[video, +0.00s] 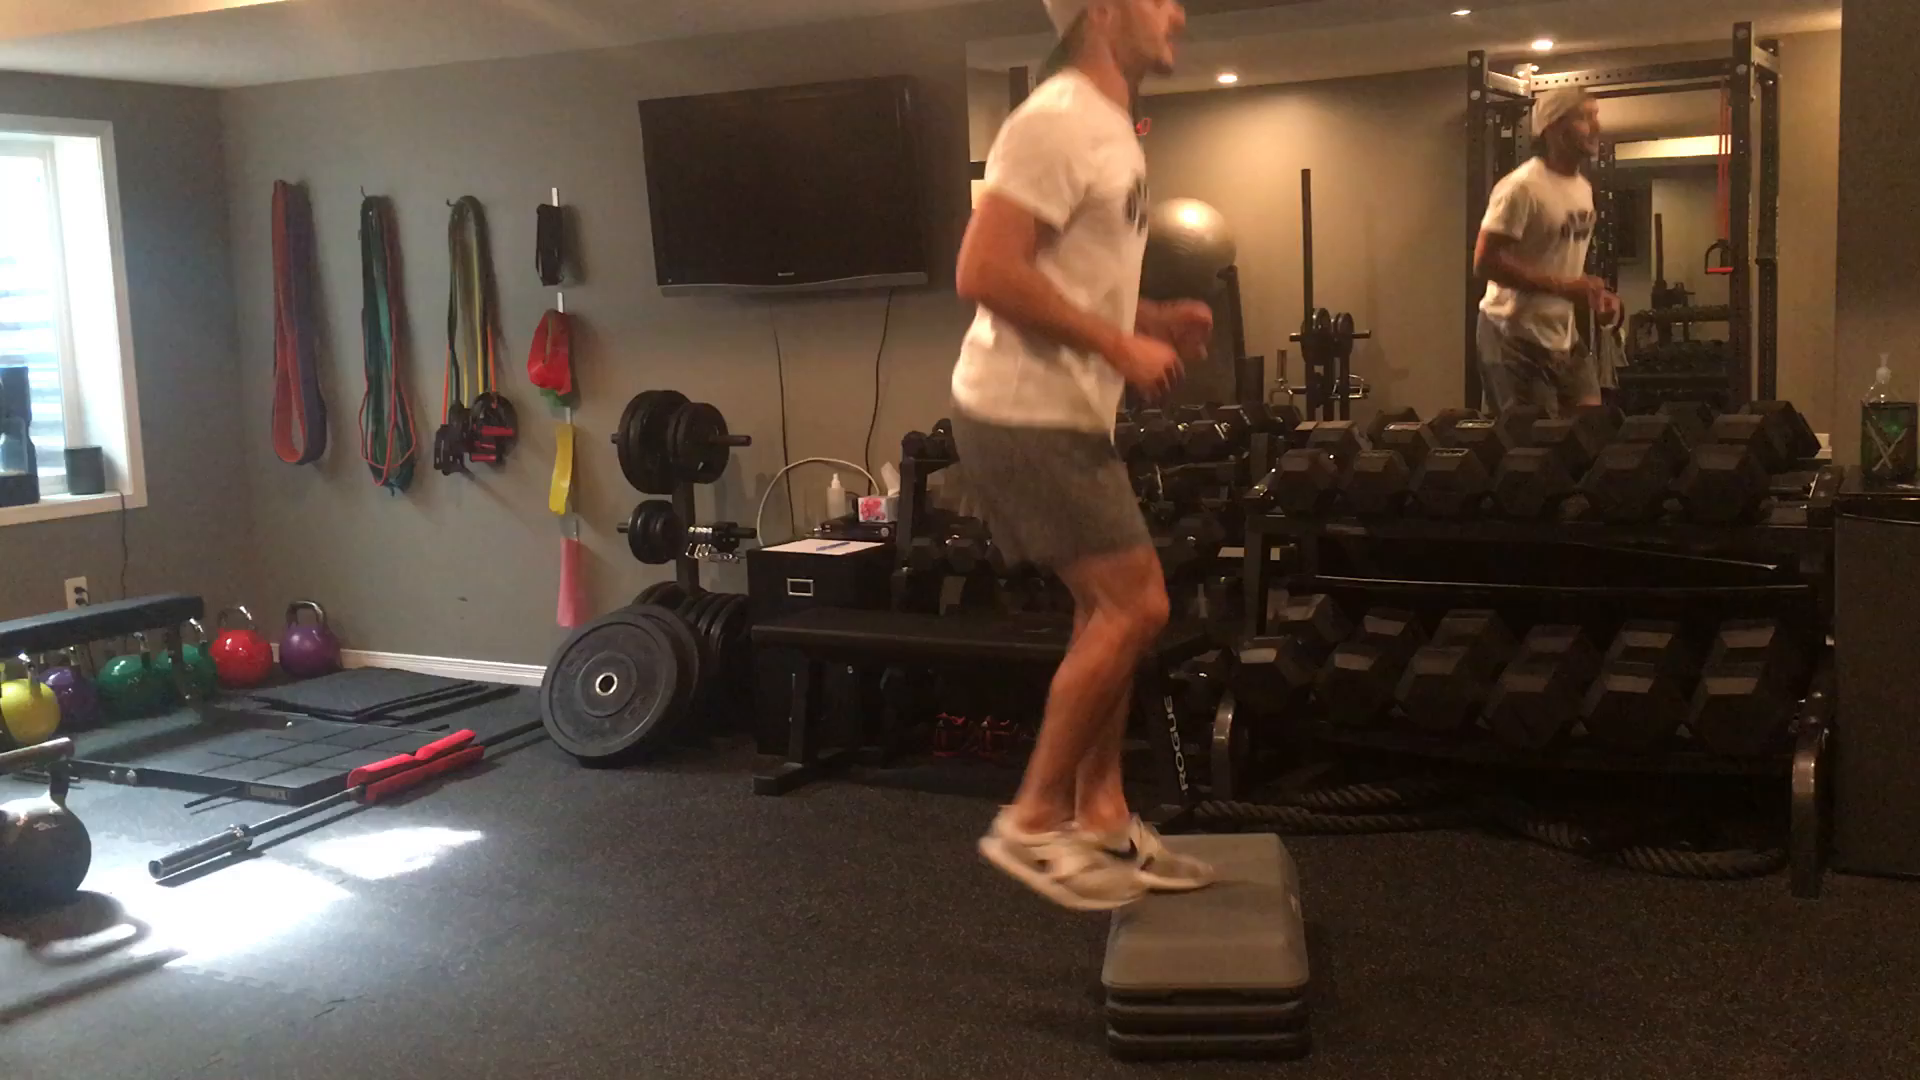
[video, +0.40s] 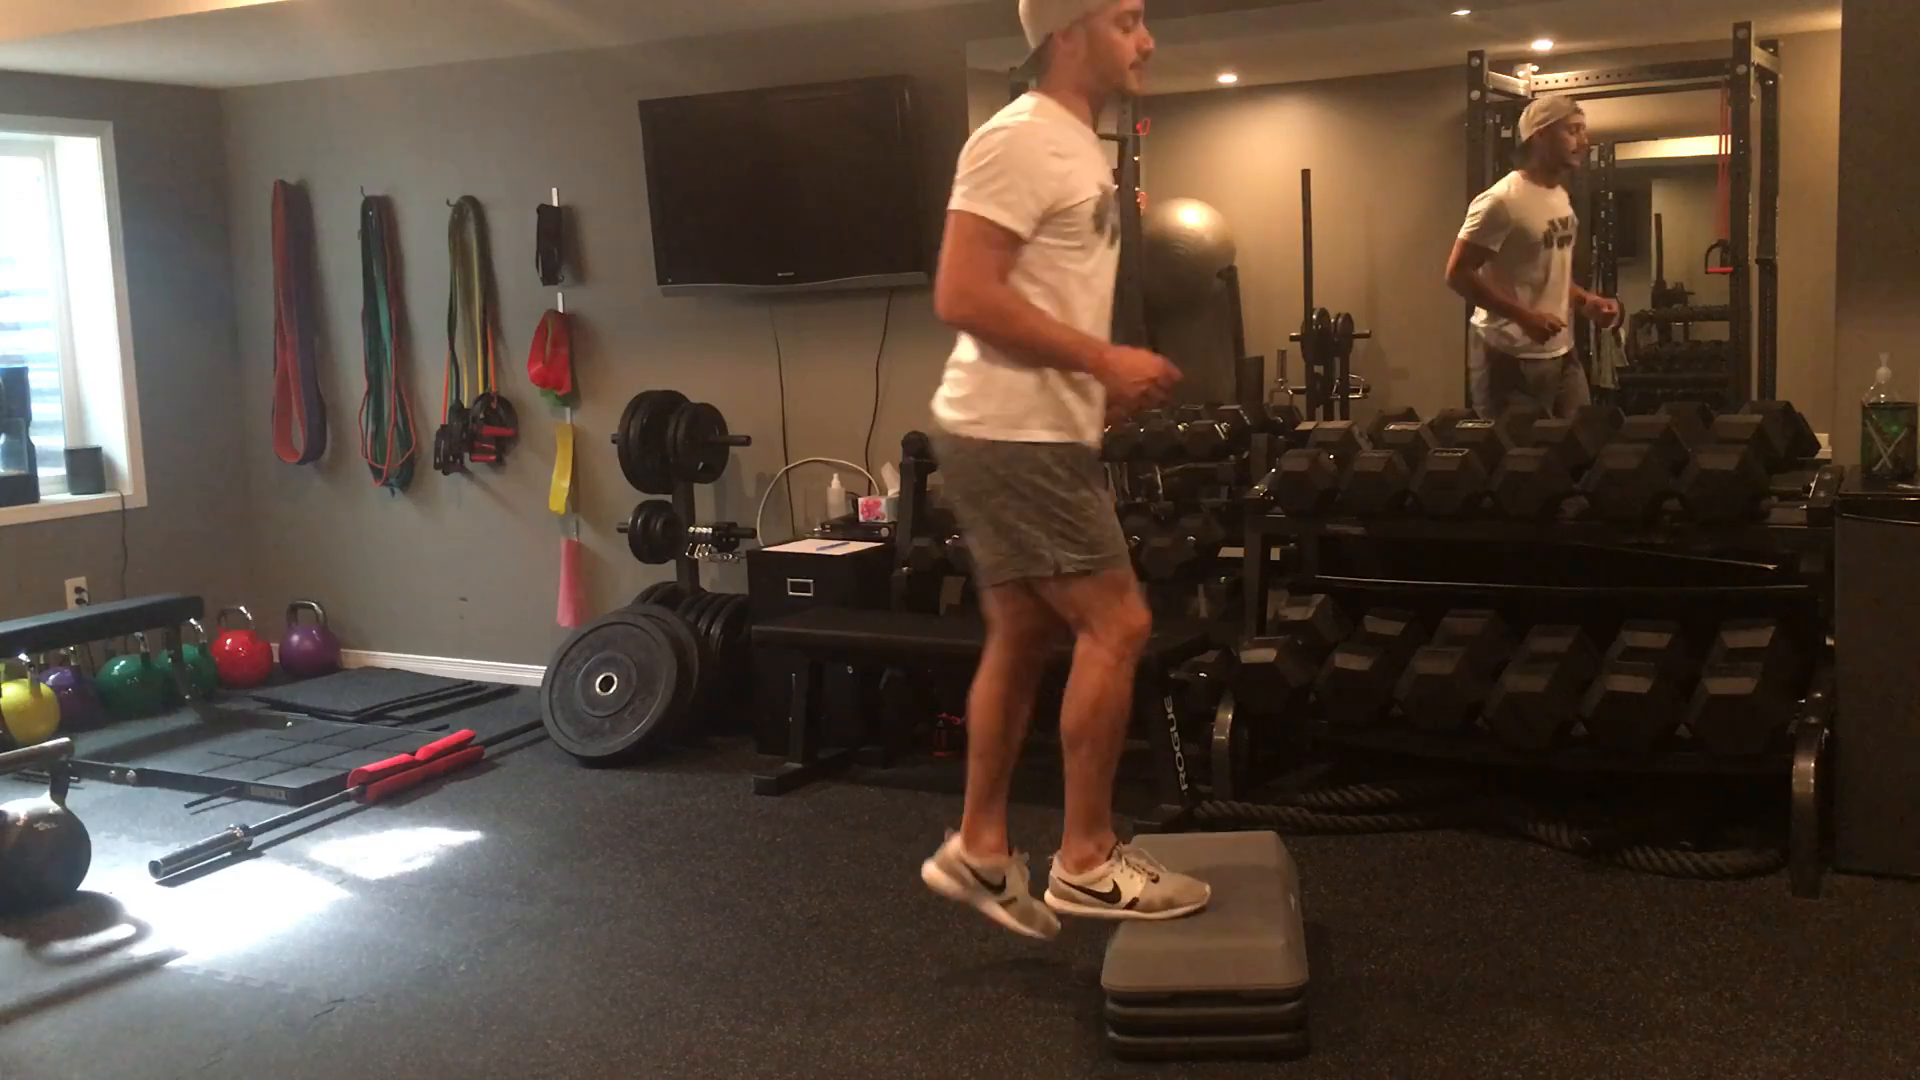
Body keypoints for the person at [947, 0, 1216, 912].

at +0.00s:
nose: (1178, 16)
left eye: (1174, 3)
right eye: (1163, 1)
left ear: (1116, 17)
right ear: (1107, 11)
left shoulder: (1108, 124)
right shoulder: (1056, 117)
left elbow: (1053, 278)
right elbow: (984, 270)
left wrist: (1144, 321)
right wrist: (1118, 344)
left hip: (1061, 406)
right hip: (1025, 410)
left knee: (1112, 609)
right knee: (1134, 604)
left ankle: (1101, 819)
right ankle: (1031, 821)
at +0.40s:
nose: (1148, 42)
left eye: (1145, 24)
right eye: (1129, 23)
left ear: (1080, 40)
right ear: (1068, 35)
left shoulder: (1074, 147)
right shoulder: (1020, 139)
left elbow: (1023, 298)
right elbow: (962, 294)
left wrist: (1092, 382)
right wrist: (1103, 355)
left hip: (1024, 428)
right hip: (1013, 431)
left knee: (1019, 632)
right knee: (1115, 623)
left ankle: (978, 847)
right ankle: (1088, 857)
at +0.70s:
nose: (1107, 147)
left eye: (1104, 132)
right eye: (1090, 131)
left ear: (1049, 146)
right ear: (1035, 143)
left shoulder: (1036, 250)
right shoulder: (978, 238)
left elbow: (973, 402)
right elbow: (882, 372)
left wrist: (1050, 449)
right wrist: (1002, 461)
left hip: (987, 526)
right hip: (950, 526)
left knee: (994, 720)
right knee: (1083, 708)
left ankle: (936, 914)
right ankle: (913, 873)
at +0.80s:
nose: (1092, 144)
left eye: (1088, 127)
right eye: (1076, 128)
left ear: (1032, 144)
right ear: (1019, 142)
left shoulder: (1028, 246)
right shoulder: (964, 240)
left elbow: (977, 387)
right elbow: (891, 382)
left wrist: (1051, 431)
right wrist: (1019, 452)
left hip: (1006, 525)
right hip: (947, 534)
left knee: (1070, 694)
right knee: (995, 745)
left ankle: (953, 878)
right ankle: (852, 945)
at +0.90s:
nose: (1094, 163)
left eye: (1089, 146)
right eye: (1075, 148)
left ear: (1026, 168)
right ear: (1019, 165)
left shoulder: (1023, 274)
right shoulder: (969, 277)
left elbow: (984, 427)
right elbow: (931, 441)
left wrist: (1048, 500)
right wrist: (1061, 479)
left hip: (1015, 552)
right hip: (942, 567)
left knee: (1132, 655)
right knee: (962, 783)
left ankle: (986, 798)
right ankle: (839, 966)